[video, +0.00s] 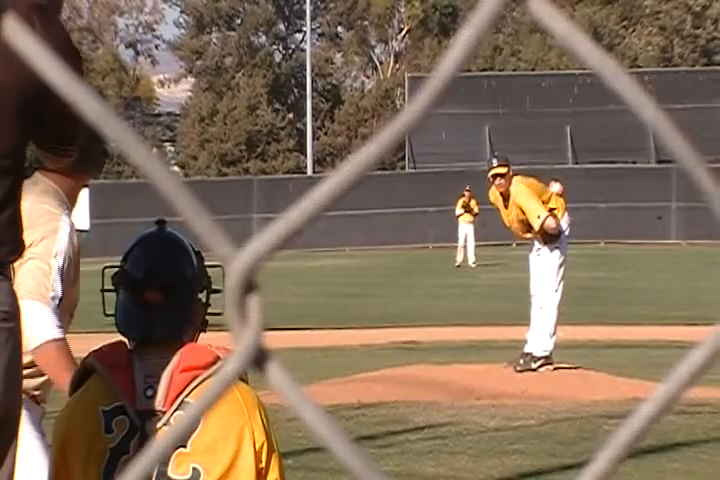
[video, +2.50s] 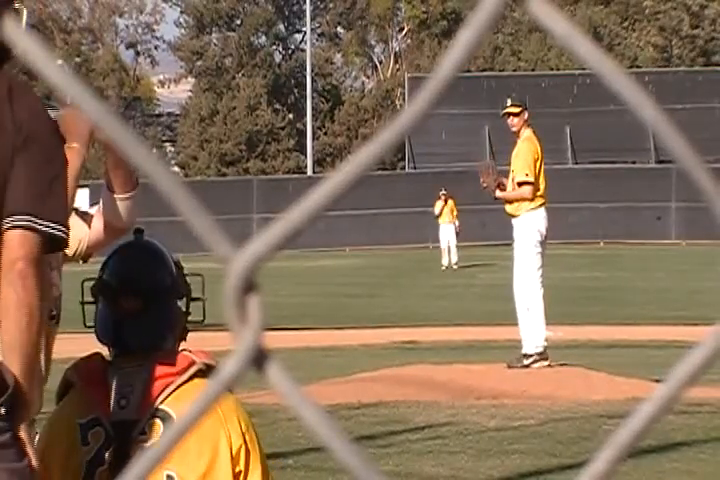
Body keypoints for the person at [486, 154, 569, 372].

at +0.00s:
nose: (499, 181)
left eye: (503, 176)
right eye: (495, 177)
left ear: (510, 175)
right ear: (490, 180)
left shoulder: (520, 190)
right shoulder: (495, 194)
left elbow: (551, 225)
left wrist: (557, 229)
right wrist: (548, 193)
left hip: (552, 238)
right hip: (536, 238)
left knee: (547, 295)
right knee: (536, 294)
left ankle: (542, 350)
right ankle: (532, 347)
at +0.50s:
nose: (499, 182)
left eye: (503, 177)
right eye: (494, 178)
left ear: (510, 176)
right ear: (490, 180)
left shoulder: (520, 191)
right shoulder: (494, 195)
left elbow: (551, 224)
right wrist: (548, 193)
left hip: (552, 237)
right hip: (536, 237)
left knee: (547, 295)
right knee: (536, 295)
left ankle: (542, 351)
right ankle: (532, 348)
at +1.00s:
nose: (491, 163)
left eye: (495, 158)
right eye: (487, 159)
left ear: (504, 158)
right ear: (484, 162)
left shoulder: (510, 175)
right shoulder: (496, 180)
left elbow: (525, 212)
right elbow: (510, 210)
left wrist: (529, 241)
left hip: (548, 226)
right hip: (531, 230)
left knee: (541, 285)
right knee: (519, 287)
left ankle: (542, 350)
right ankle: (528, 348)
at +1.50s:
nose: (506, 125)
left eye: (510, 120)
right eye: (503, 121)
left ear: (520, 121)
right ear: (501, 123)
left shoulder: (517, 146)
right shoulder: (522, 143)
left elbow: (512, 193)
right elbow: (519, 187)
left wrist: (489, 221)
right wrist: (495, 200)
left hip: (535, 214)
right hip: (541, 212)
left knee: (520, 276)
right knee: (530, 278)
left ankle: (532, 343)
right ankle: (531, 342)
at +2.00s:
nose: (511, 119)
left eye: (516, 114)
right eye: (508, 115)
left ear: (526, 116)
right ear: (507, 118)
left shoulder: (523, 143)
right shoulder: (524, 140)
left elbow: (520, 189)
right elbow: (518, 181)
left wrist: (494, 182)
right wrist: (496, 177)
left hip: (529, 215)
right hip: (527, 214)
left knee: (527, 282)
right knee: (526, 282)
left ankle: (534, 348)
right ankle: (532, 346)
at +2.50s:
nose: (511, 120)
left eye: (515, 115)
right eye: (508, 116)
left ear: (526, 115)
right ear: (507, 119)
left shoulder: (525, 145)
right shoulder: (525, 142)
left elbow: (527, 191)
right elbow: (520, 181)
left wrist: (499, 194)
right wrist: (500, 183)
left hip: (529, 216)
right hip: (526, 214)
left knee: (527, 282)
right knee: (524, 281)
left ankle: (534, 348)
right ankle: (532, 346)